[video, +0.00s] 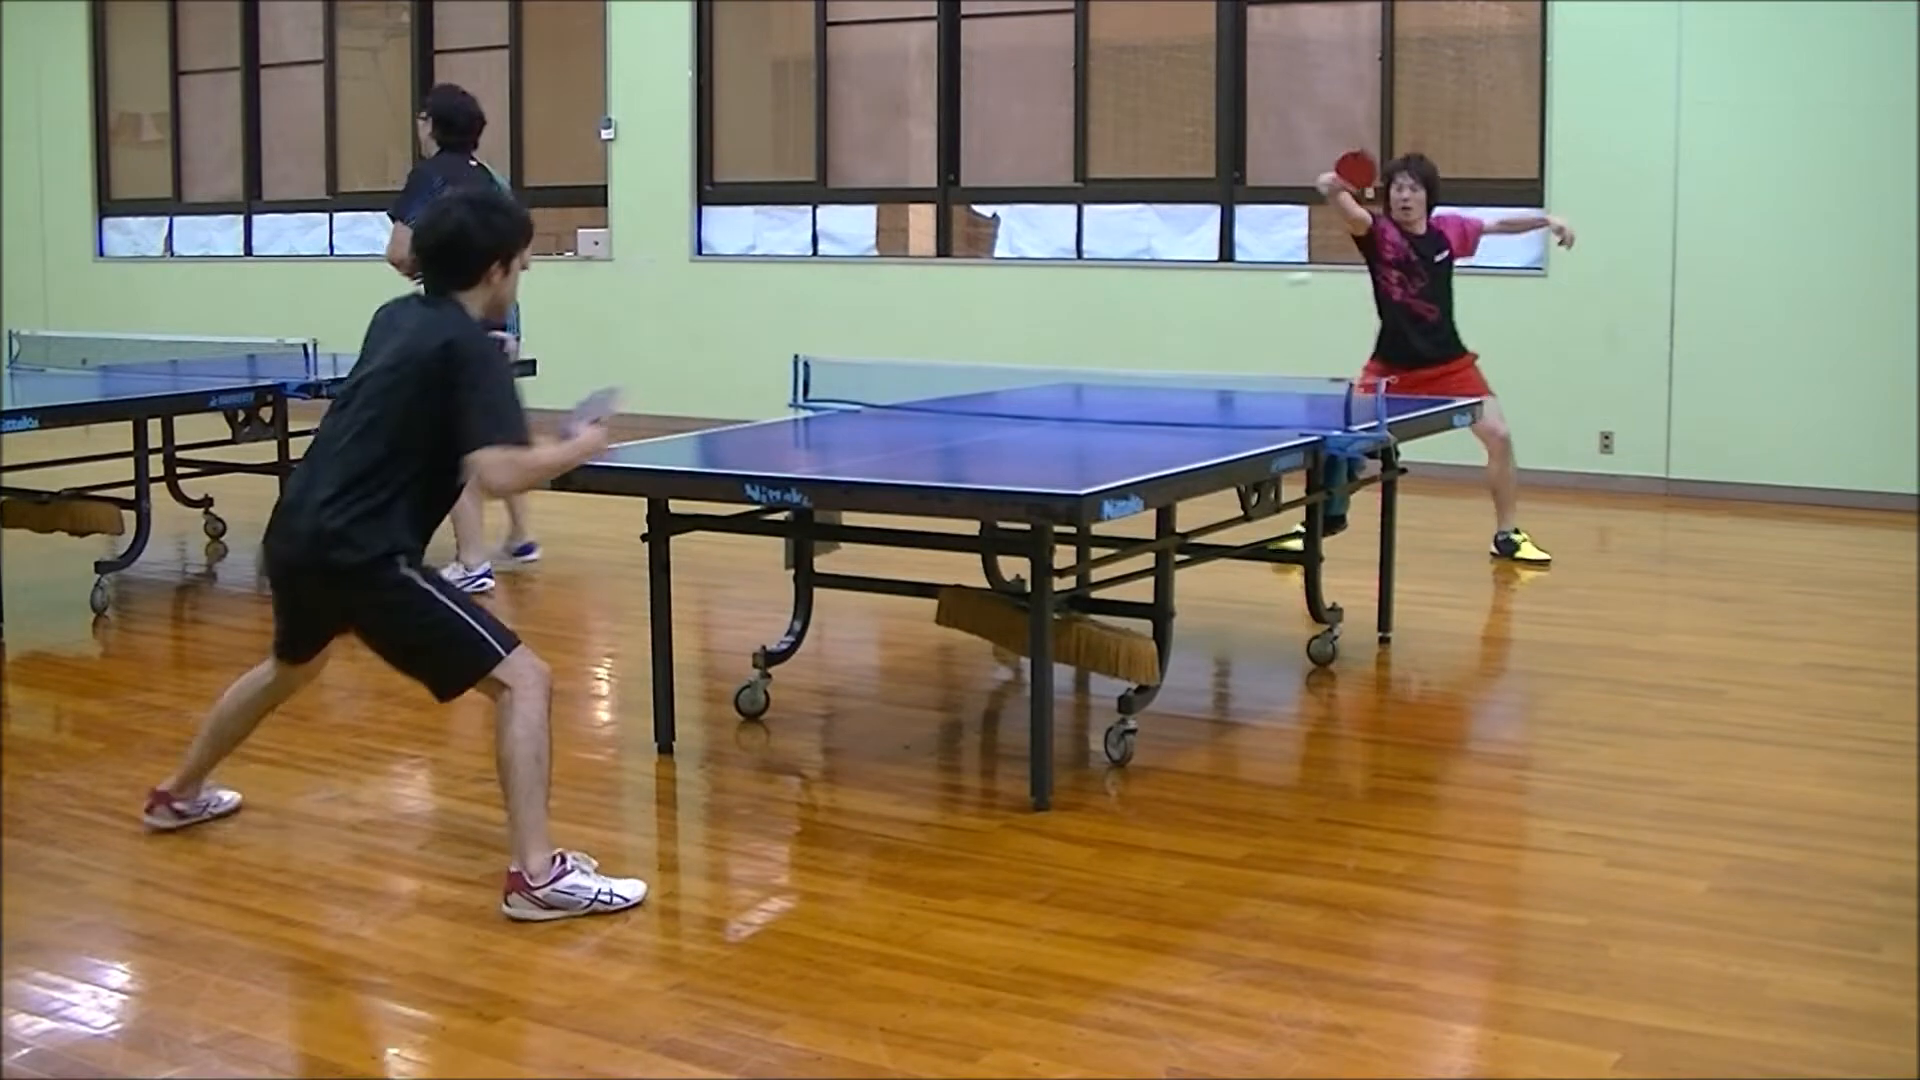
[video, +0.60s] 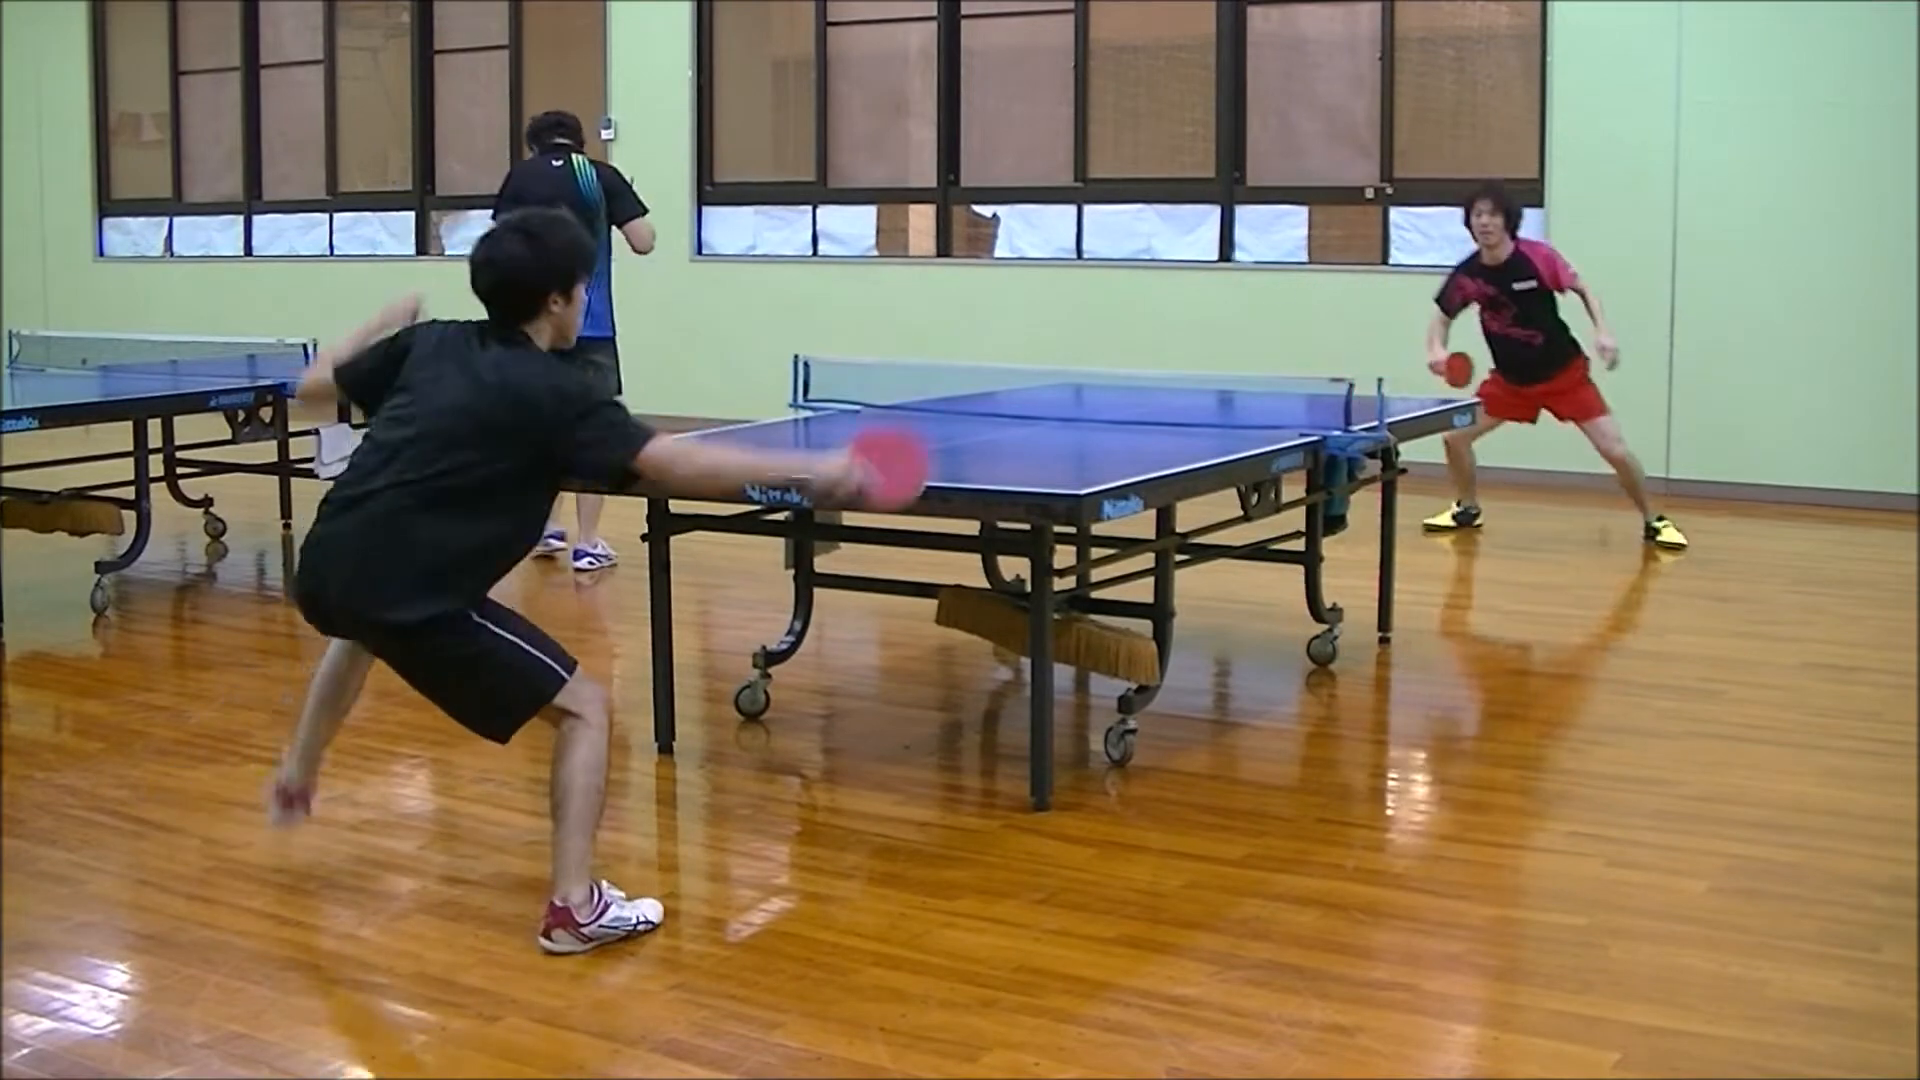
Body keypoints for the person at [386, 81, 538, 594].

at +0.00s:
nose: (418, 125)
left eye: (421, 119)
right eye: (421, 118)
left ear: (431, 127)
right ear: (475, 130)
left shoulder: (425, 177)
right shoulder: (493, 180)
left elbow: (398, 253)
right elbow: (512, 251)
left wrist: (438, 277)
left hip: (440, 324)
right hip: (494, 325)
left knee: (458, 449)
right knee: (503, 427)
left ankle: (473, 561)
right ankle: (522, 533)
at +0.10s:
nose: (449, 131)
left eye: (450, 124)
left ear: (453, 130)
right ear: (500, 132)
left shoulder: (440, 178)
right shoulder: (517, 185)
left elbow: (404, 249)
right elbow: (550, 256)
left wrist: (443, 275)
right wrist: (505, 263)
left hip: (457, 331)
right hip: (512, 328)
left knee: (462, 441)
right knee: (529, 428)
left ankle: (469, 562)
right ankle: (562, 536)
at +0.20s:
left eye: (475, 128)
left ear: (476, 134)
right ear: (522, 135)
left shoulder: (454, 183)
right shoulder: (540, 187)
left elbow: (424, 255)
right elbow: (572, 261)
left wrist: (465, 269)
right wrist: (529, 266)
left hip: (474, 334)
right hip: (534, 331)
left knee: (472, 443)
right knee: (560, 435)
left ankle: (467, 558)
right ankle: (584, 544)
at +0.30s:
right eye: (548, 136)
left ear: (499, 137)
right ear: (545, 138)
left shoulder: (473, 183)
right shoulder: (561, 186)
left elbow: (441, 246)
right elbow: (591, 262)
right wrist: (551, 257)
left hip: (490, 330)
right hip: (557, 328)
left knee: (476, 436)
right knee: (580, 432)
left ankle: (471, 538)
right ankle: (588, 543)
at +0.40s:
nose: (559, 262)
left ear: (516, 138)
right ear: (562, 141)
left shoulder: (491, 179)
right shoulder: (583, 181)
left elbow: (459, 241)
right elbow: (609, 254)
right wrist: (579, 229)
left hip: (495, 328)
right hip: (572, 334)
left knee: (485, 438)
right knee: (592, 438)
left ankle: (471, 531)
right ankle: (588, 543)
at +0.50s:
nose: (583, 285)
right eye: (574, 275)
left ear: (526, 140)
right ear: (573, 140)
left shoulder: (506, 175)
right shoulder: (594, 174)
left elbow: (481, 239)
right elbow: (628, 244)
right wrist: (604, 217)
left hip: (505, 324)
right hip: (583, 333)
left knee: (508, 429)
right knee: (594, 438)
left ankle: (510, 519)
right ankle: (588, 543)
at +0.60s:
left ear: (532, 145)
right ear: (580, 143)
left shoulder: (518, 176)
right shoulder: (602, 175)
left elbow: (498, 235)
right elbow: (642, 241)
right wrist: (619, 203)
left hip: (522, 323)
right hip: (592, 326)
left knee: (541, 428)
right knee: (599, 434)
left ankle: (546, 526)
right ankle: (586, 542)